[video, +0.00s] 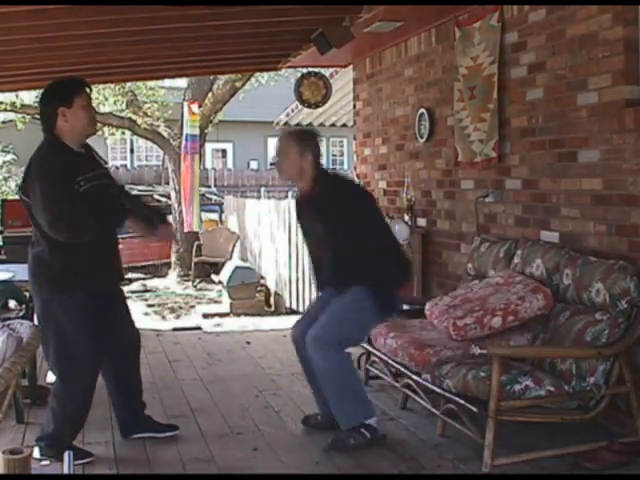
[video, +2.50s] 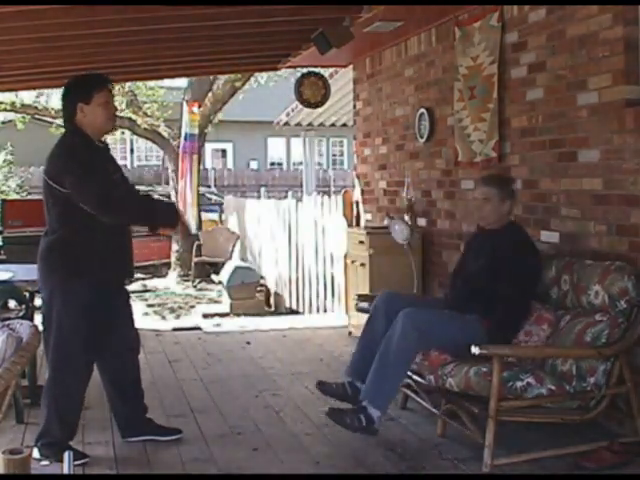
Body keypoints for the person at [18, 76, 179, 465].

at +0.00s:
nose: (95, 113)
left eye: (92, 105)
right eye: (87, 106)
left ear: (67, 115)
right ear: (63, 115)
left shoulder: (88, 158)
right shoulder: (45, 165)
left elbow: (117, 199)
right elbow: (62, 227)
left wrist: (150, 218)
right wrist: (117, 212)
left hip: (99, 279)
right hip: (61, 284)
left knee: (124, 346)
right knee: (77, 363)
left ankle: (133, 421)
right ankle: (54, 443)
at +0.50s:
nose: (105, 109)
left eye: (103, 102)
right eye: (98, 102)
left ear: (76, 109)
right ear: (74, 108)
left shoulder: (92, 152)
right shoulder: (61, 154)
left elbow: (113, 204)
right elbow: (94, 209)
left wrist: (141, 186)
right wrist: (134, 186)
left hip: (105, 275)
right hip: (73, 279)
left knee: (123, 351)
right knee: (74, 363)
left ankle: (136, 424)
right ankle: (52, 444)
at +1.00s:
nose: (105, 110)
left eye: (103, 102)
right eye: (99, 102)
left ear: (76, 108)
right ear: (75, 107)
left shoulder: (89, 151)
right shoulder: (60, 153)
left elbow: (117, 198)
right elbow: (100, 206)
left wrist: (143, 179)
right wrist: (141, 182)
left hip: (103, 275)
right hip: (73, 278)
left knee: (119, 352)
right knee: (72, 363)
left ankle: (134, 424)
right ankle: (52, 444)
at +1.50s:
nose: (117, 107)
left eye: (115, 99)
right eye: (110, 100)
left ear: (91, 106)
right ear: (86, 106)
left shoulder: (98, 148)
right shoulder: (70, 151)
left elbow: (135, 189)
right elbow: (120, 196)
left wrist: (163, 169)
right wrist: (161, 171)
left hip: (108, 273)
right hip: (77, 275)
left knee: (122, 351)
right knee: (70, 361)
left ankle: (134, 423)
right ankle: (51, 444)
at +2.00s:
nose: (122, 111)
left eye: (121, 103)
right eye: (116, 103)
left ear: (96, 108)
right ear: (91, 107)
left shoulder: (104, 151)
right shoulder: (72, 152)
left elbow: (138, 192)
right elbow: (124, 192)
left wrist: (177, 172)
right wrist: (174, 169)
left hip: (110, 274)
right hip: (78, 276)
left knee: (123, 351)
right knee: (72, 361)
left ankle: (134, 423)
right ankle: (52, 444)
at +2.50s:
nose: (115, 110)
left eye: (113, 103)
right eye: (106, 104)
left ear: (91, 109)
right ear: (80, 110)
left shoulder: (100, 154)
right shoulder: (68, 155)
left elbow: (127, 200)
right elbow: (108, 205)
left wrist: (166, 213)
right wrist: (164, 216)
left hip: (105, 275)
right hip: (71, 277)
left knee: (121, 351)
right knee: (70, 361)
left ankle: (134, 424)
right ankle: (51, 444)